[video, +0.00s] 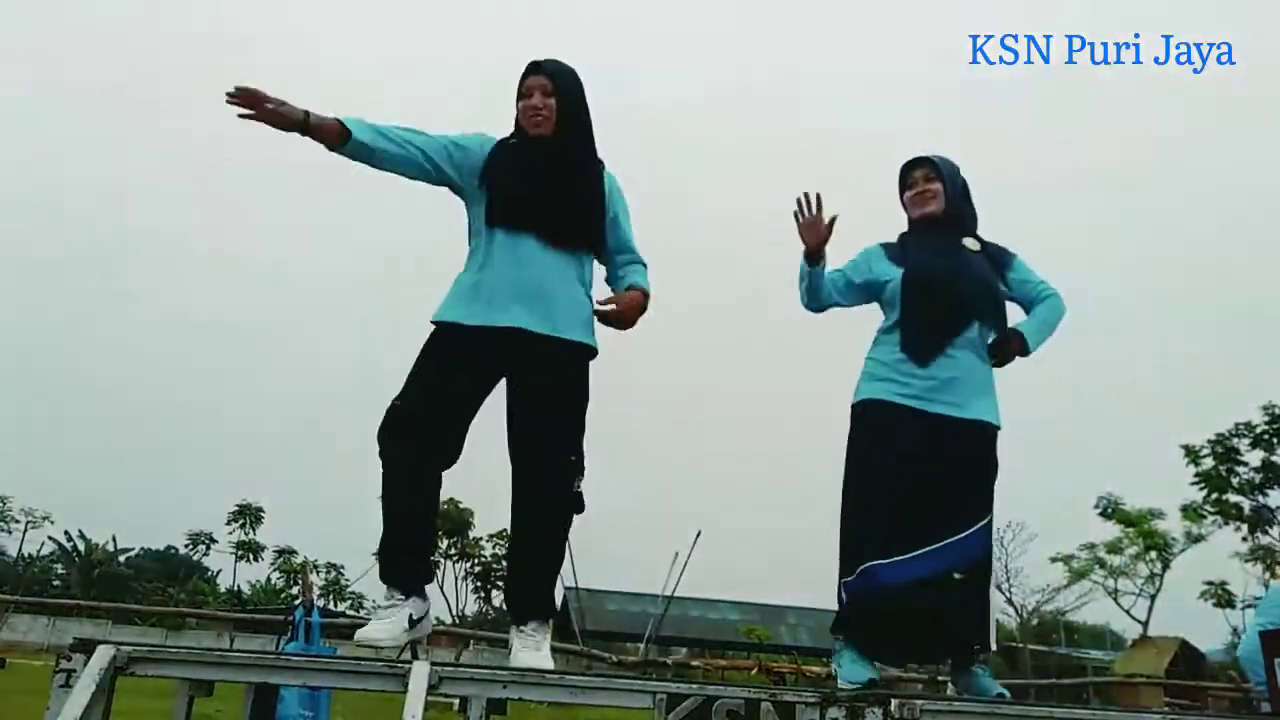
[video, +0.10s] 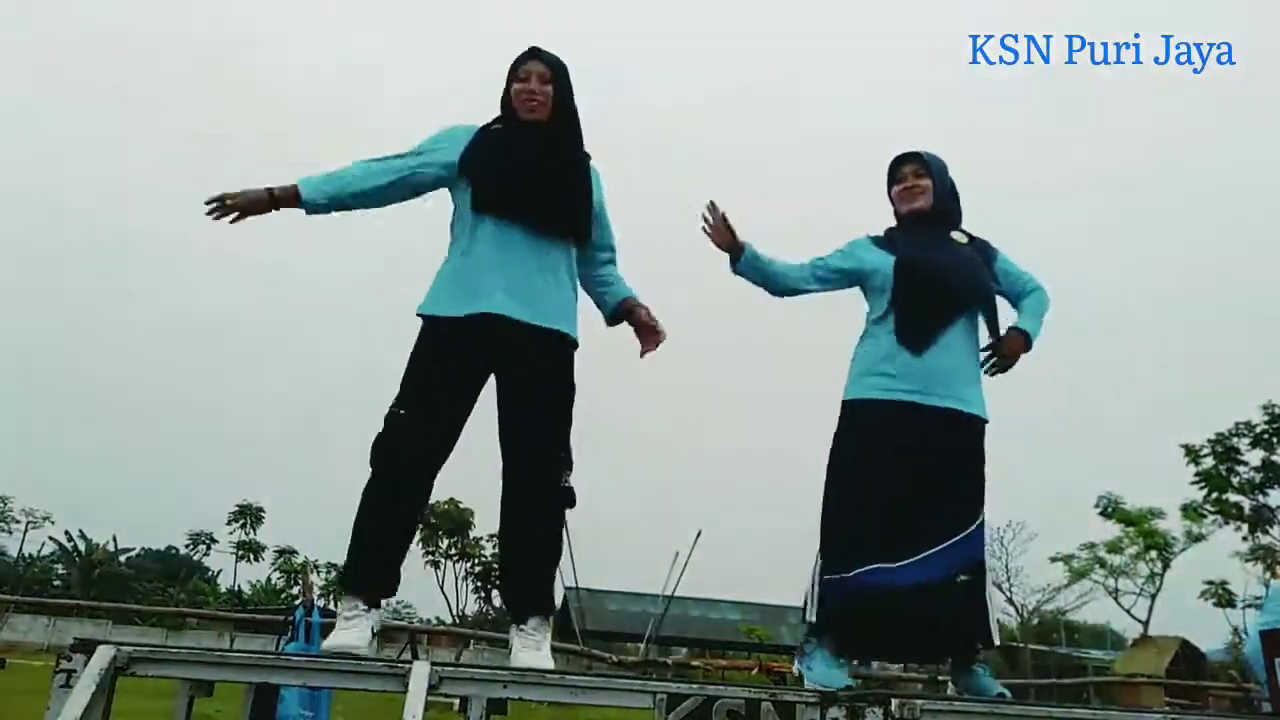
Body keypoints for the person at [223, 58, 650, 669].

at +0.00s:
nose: (534, 104)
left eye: (548, 96)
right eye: (526, 96)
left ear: (572, 108)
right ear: (515, 108)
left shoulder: (598, 182)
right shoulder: (483, 154)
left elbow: (626, 257)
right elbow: (396, 145)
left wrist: (633, 298)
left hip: (559, 333)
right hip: (473, 321)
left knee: (548, 479)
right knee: (410, 438)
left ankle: (531, 626)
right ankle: (406, 597)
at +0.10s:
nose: (532, 89)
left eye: (544, 82)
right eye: (522, 80)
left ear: (562, 97)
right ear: (507, 90)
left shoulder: (581, 173)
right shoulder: (470, 143)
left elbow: (597, 259)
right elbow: (384, 176)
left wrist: (630, 306)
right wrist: (281, 195)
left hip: (545, 329)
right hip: (460, 316)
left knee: (539, 474)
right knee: (406, 455)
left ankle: (532, 621)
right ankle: (361, 602)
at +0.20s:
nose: (527, 90)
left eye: (537, 86)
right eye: (516, 79)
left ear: (545, 103)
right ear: (490, 88)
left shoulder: (555, 174)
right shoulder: (438, 147)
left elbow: (575, 266)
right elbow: (376, 212)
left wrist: (636, 308)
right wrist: (308, 263)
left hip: (522, 337)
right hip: (432, 329)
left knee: (528, 479)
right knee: (389, 468)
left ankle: (530, 624)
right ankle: (358, 614)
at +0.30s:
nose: (520, 91)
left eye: (527, 87)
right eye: (510, 79)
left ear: (529, 103)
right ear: (477, 82)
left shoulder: (537, 170)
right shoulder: (418, 146)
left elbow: (577, 252)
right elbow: (372, 233)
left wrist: (645, 259)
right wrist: (315, 305)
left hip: (502, 335)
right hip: (411, 328)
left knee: (519, 469)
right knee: (372, 468)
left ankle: (512, 607)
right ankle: (354, 616)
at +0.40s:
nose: (515, 90)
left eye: (522, 85)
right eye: (504, 78)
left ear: (525, 99)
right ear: (471, 79)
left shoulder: (532, 163)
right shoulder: (410, 142)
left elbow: (591, 224)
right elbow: (370, 225)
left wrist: (610, 180)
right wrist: (336, 298)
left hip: (492, 318)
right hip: (406, 315)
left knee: (496, 447)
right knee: (375, 455)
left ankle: (473, 578)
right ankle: (355, 609)